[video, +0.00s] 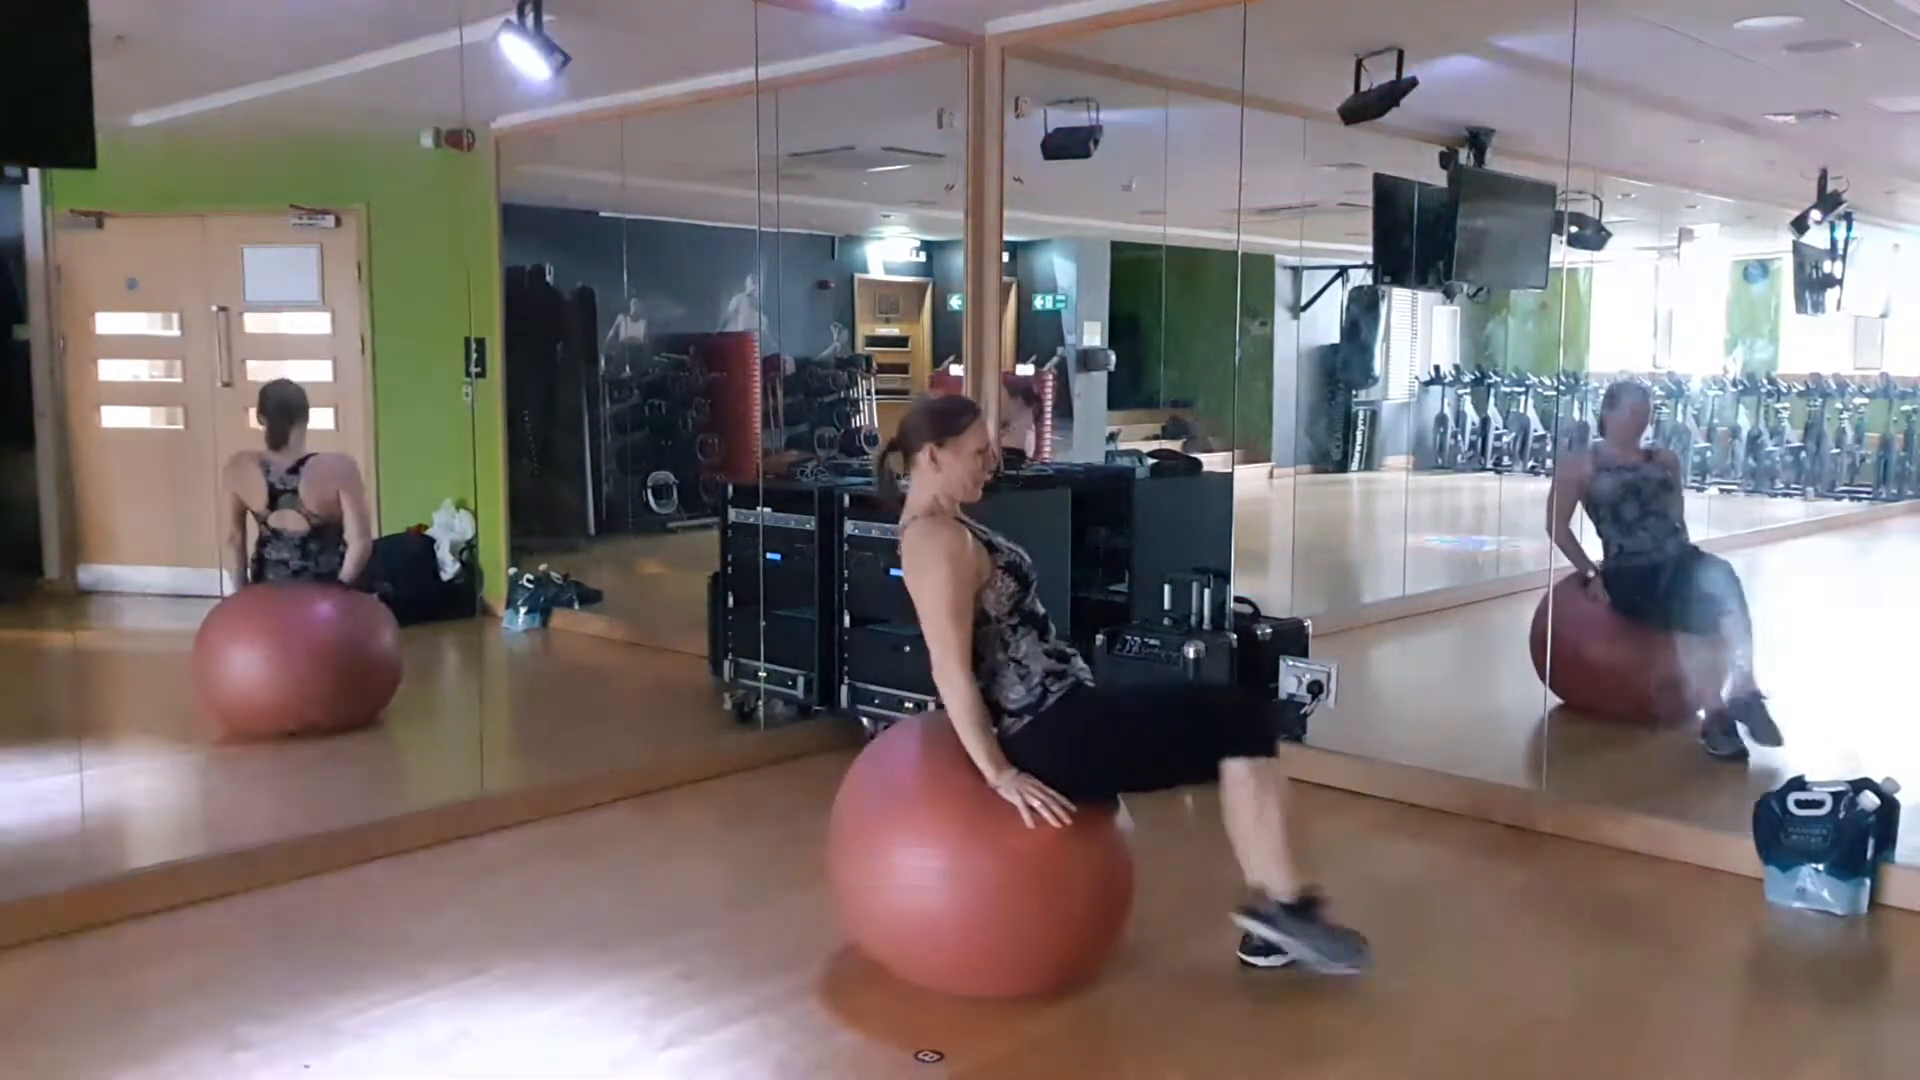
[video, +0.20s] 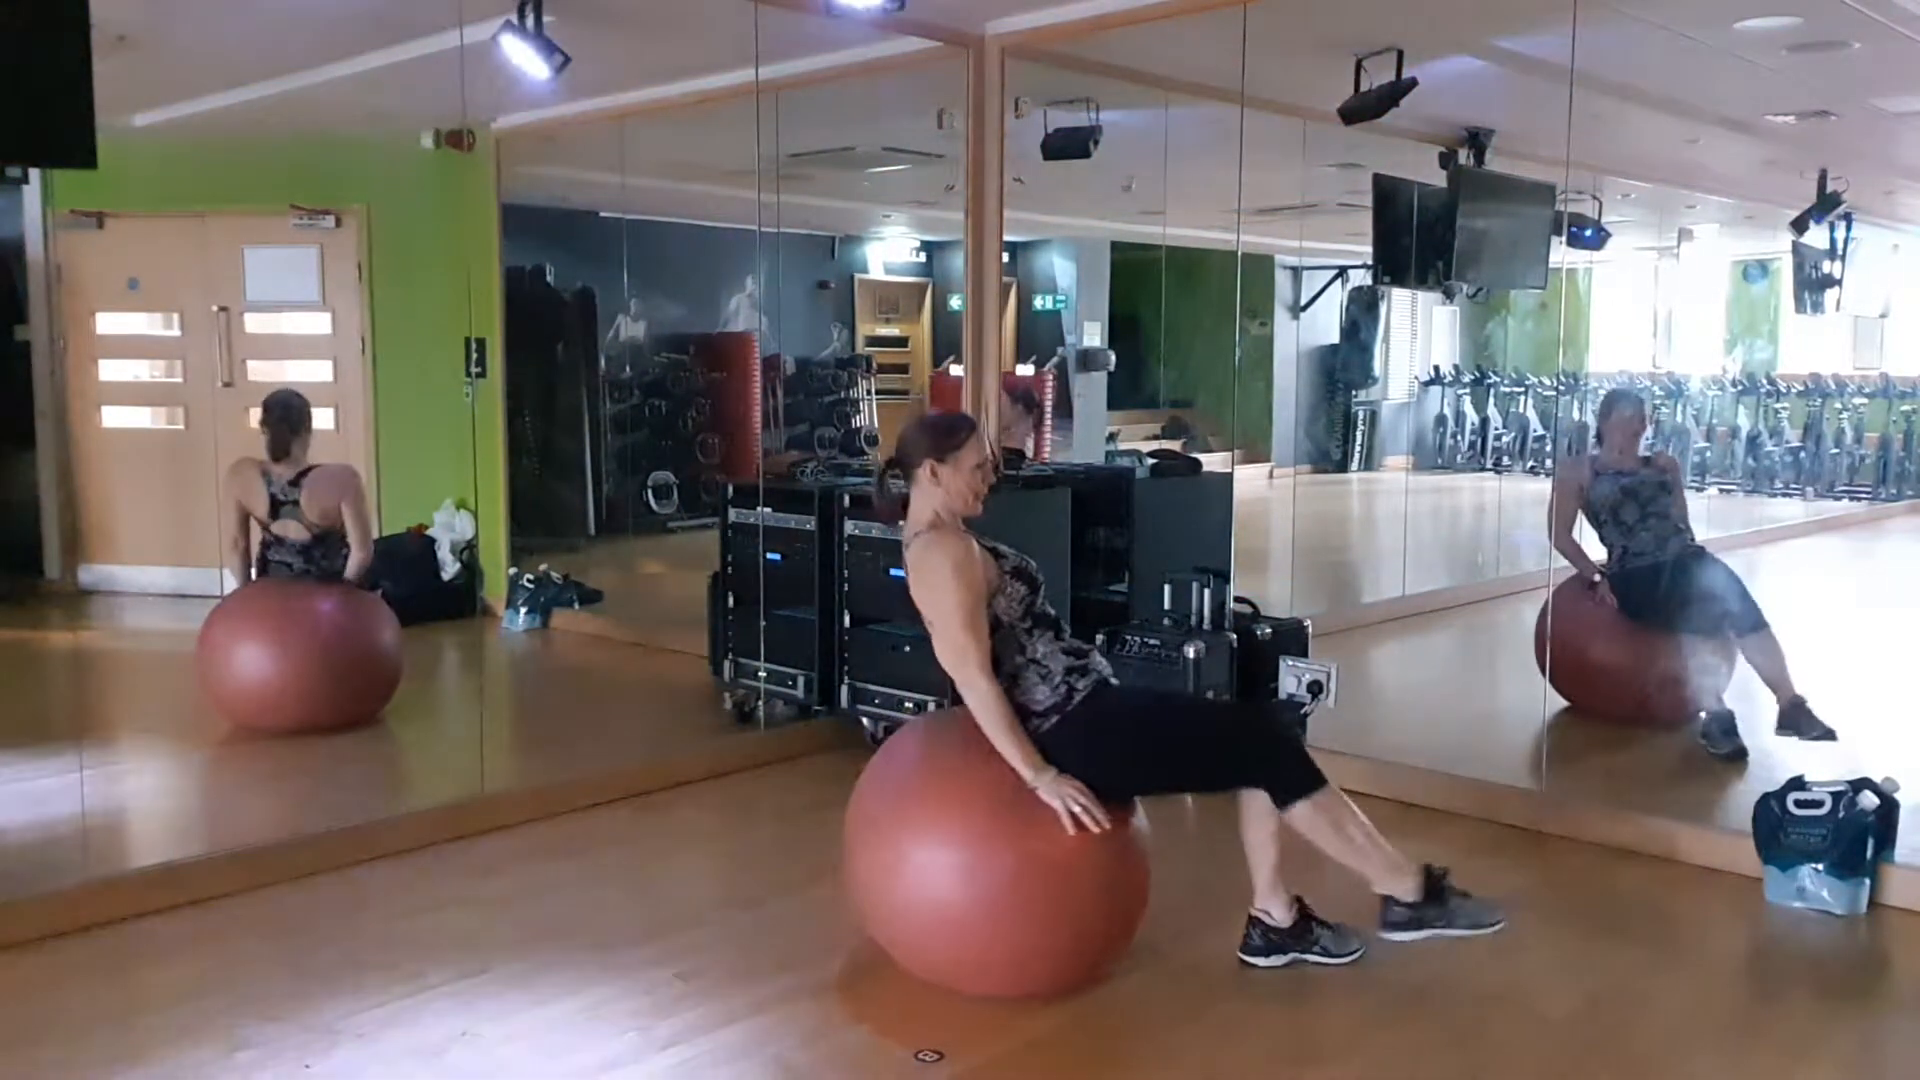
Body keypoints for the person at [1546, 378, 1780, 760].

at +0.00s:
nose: (1644, 421)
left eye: (1647, 413)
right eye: (1635, 413)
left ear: (1649, 417)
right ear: (1609, 413)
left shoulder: (1665, 461)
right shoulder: (1581, 466)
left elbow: (1677, 522)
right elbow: (1557, 527)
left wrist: (1686, 559)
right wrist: (1588, 570)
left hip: (1679, 563)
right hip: (1630, 574)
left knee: (1723, 576)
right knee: (1712, 607)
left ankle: (1744, 689)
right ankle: (1715, 717)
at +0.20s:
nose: (1639, 426)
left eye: (1642, 419)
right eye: (1629, 418)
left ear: (1646, 424)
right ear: (1604, 422)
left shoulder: (1664, 465)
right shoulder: (1579, 471)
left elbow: (1682, 526)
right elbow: (1560, 535)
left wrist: (1695, 564)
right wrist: (1593, 574)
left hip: (1686, 563)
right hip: (1635, 575)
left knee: (1728, 588)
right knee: (1709, 603)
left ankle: (1791, 703)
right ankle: (1715, 714)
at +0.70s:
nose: (1631, 464)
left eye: (1633, 458)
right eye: (1620, 459)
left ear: (1638, 465)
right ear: (1597, 467)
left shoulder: (1659, 504)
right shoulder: (1578, 509)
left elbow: (1686, 551)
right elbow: (1563, 565)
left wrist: (1719, 577)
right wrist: (1603, 586)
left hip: (1693, 578)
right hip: (1649, 586)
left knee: (1764, 628)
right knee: (1723, 616)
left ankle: (1818, 744)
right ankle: (1719, 716)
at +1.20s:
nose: (1626, 490)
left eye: (1630, 486)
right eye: (1615, 486)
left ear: (1638, 497)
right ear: (1596, 500)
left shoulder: (1664, 526)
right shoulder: (1586, 532)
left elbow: (1698, 558)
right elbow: (1581, 574)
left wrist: (1735, 580)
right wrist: (1613, 592)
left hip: (1700, 582)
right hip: (1657, 588)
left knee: (1787, 623)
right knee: (1746, 592)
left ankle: (1819, 745)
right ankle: (1760, 710)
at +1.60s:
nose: (1633, 492)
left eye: (1636, 489)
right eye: (1620, 491)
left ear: (1644, 503)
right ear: (1603, 510)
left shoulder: (1673, 526)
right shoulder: (1596, 534)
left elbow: (1708, 556)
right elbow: (1594, 575)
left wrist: (1743, 577)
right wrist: (1622, 597)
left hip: (1719, 581)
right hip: (1676, 590)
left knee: (1801, 622)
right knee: (1742, 620)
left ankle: (1826, 742)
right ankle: (1784, 716)